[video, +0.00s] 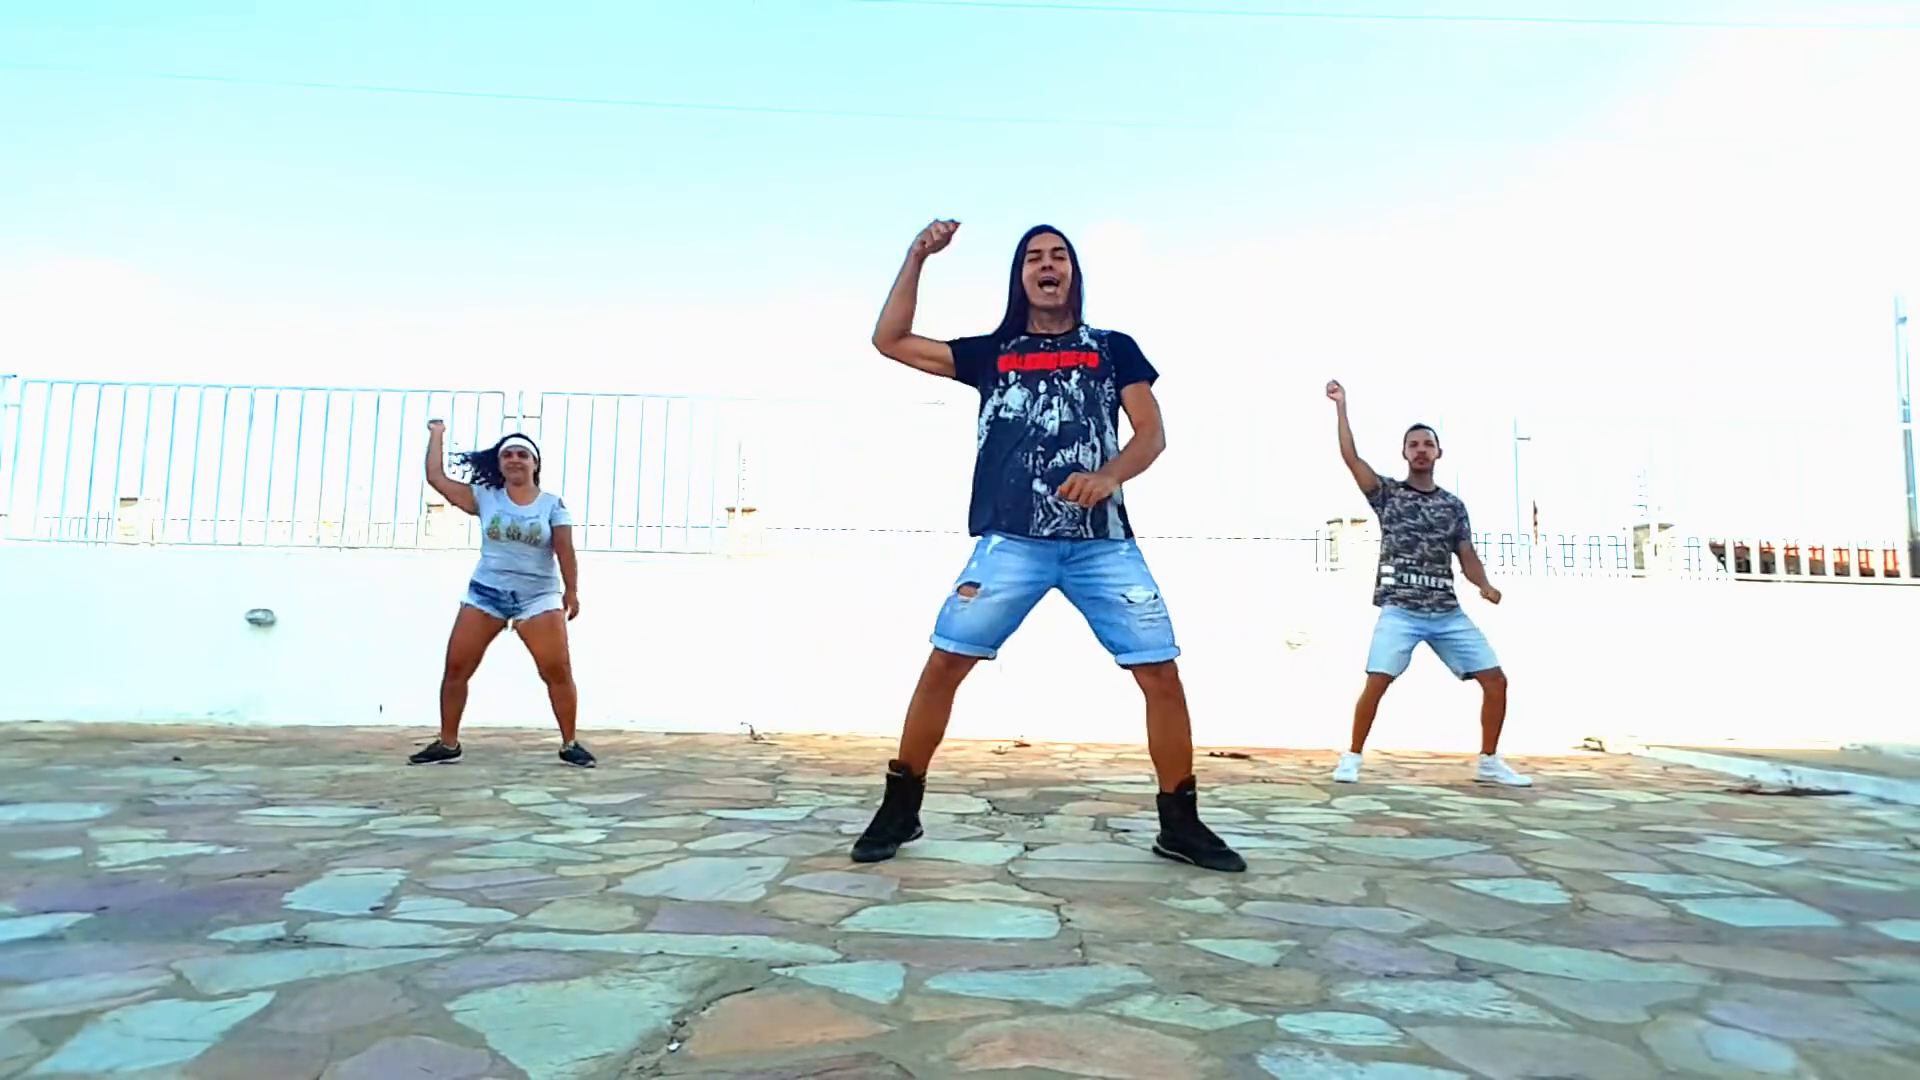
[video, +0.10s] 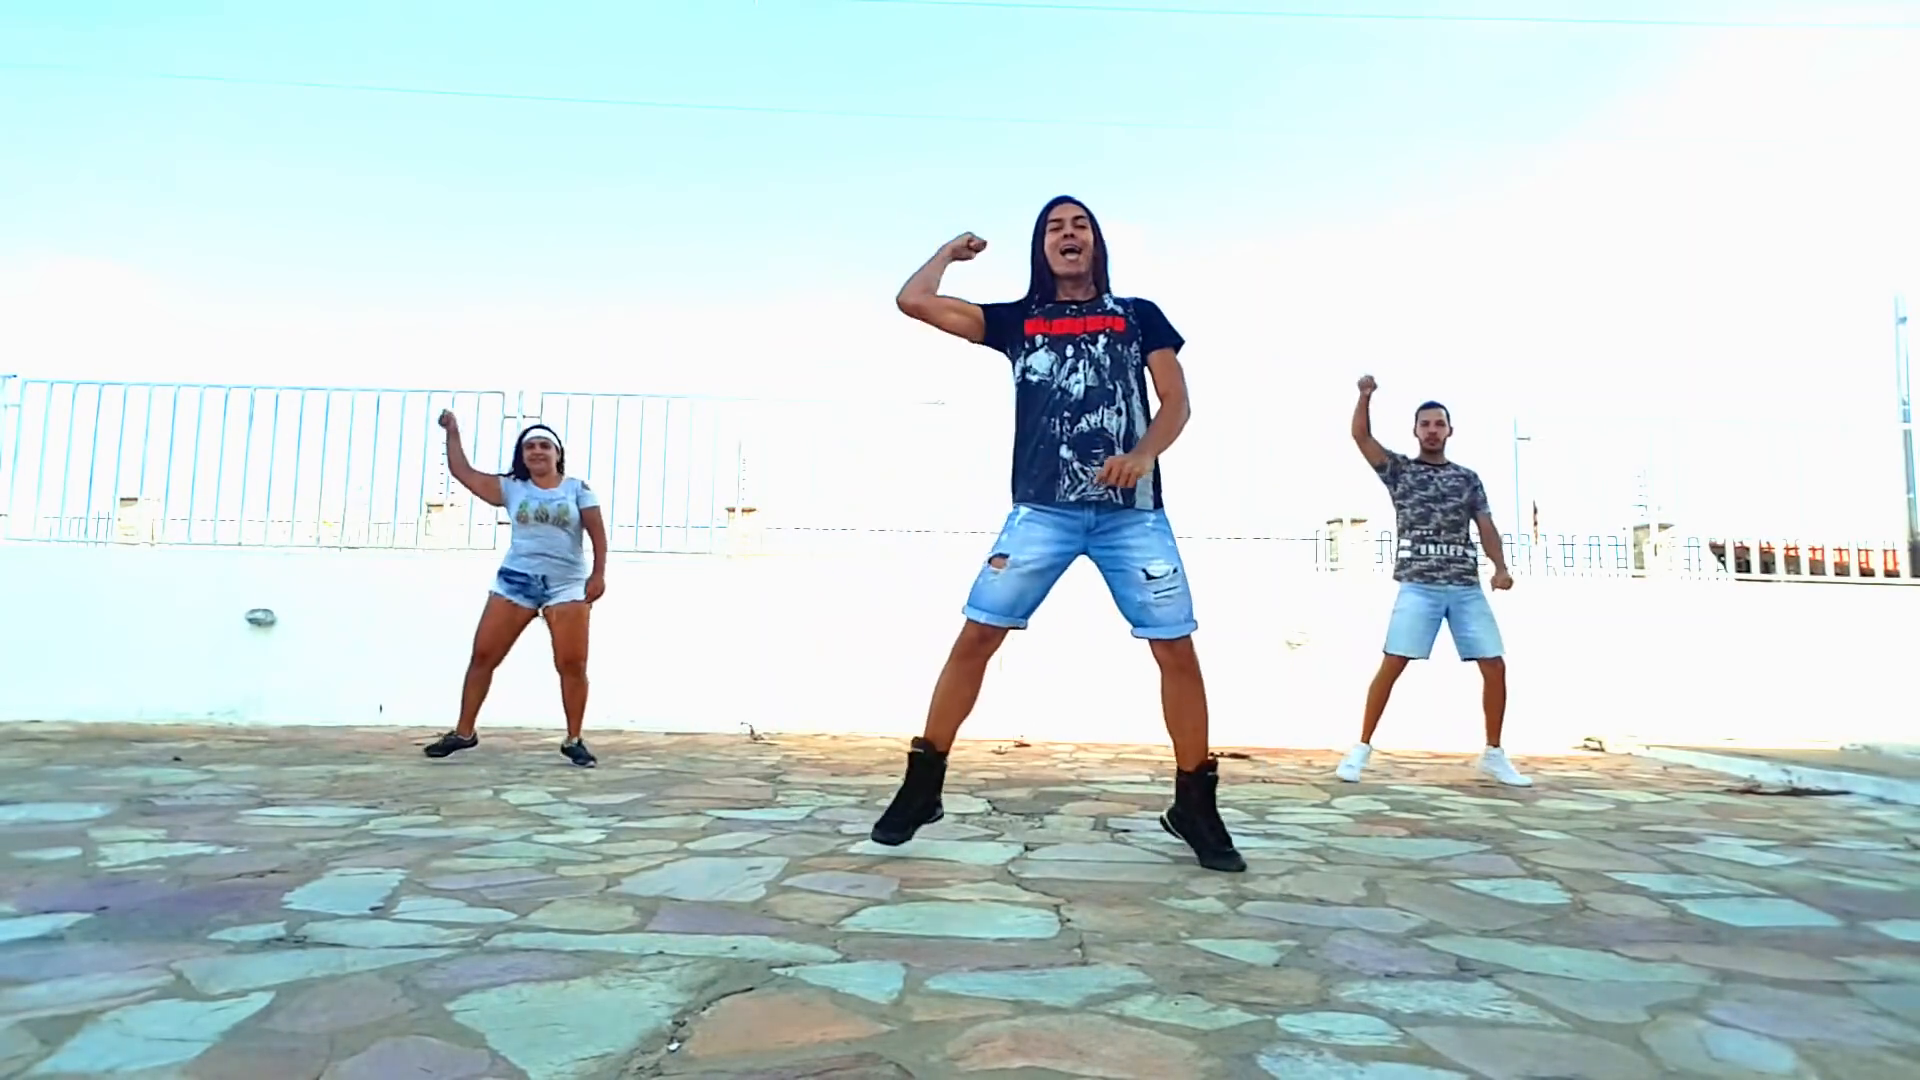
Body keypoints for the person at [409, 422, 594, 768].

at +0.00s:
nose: (515, 458)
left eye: (522, 453)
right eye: (508, 453)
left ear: (535, 464)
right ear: (498, 463)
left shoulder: (551, 505)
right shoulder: (484, 497)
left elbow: (565, 551)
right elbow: (436, 477)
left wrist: (571, 590)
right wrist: (436, 435)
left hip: (538, 596)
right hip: (486, 592)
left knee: (558, 671)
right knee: (456, 667)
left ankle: (570, 744)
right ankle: (448, 743)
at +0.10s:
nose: (536, 449)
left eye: (544, 444)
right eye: (529, 446)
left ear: (557, 454)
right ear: (521, 456)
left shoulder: (577, 490)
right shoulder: (511, 489)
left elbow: (598, 534)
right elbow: (462, 471)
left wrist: (598, 574)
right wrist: (452, 431)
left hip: (567, 583)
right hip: (516, 581)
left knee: (573, 664)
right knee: (482, 656)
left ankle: (574, 739)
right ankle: (464, 732)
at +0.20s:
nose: (558, 436)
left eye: (565, 431)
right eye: (551, 432)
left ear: (577, 440)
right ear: (541, 442)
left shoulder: (593, 474)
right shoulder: (529, 472)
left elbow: (614, 520)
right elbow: (481, 461)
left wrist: (624, 565)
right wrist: (492, 420)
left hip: (586, 569)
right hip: (537, 566)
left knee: (590, 650)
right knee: (513, 646)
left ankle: (588, 729)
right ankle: (512, 723)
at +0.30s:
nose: (580, 440)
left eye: (587, 435)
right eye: (572, 436)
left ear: (599, 445)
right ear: (560, 447)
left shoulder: (615, 482)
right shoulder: (549, 478)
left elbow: (630, 529)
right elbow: (503, 463)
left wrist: (641, 576)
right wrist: (518, 425)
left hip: (603, 572)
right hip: (554, 571)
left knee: (617, 651)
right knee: (540, 654)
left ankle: (630, 731)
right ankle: (543, 736)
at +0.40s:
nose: (601, 460)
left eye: (608, 455)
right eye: (593, 455)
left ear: (620, 464)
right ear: (583, 467)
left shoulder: (635, 505)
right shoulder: (572, 497)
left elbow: (647, 551)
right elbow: (528, 481)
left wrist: (655, 594)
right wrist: (526, 440)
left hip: (622, 596)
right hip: (572, 594)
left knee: (645, 671)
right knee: (549, 670)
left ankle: (660, 744)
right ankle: (551, 745)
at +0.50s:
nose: (618, 461)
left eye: (626, 456)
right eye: (611, 457)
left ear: (638, 467)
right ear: (603, 468)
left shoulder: (656, 508)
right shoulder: (589, 500)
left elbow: (670, 555)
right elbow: (542, 488)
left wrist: (673, 597)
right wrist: (546, 448)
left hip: (642, 597)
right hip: (591, 594)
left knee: (657, 671)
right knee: (562, 669)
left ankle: (661, 745)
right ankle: (553, 744)